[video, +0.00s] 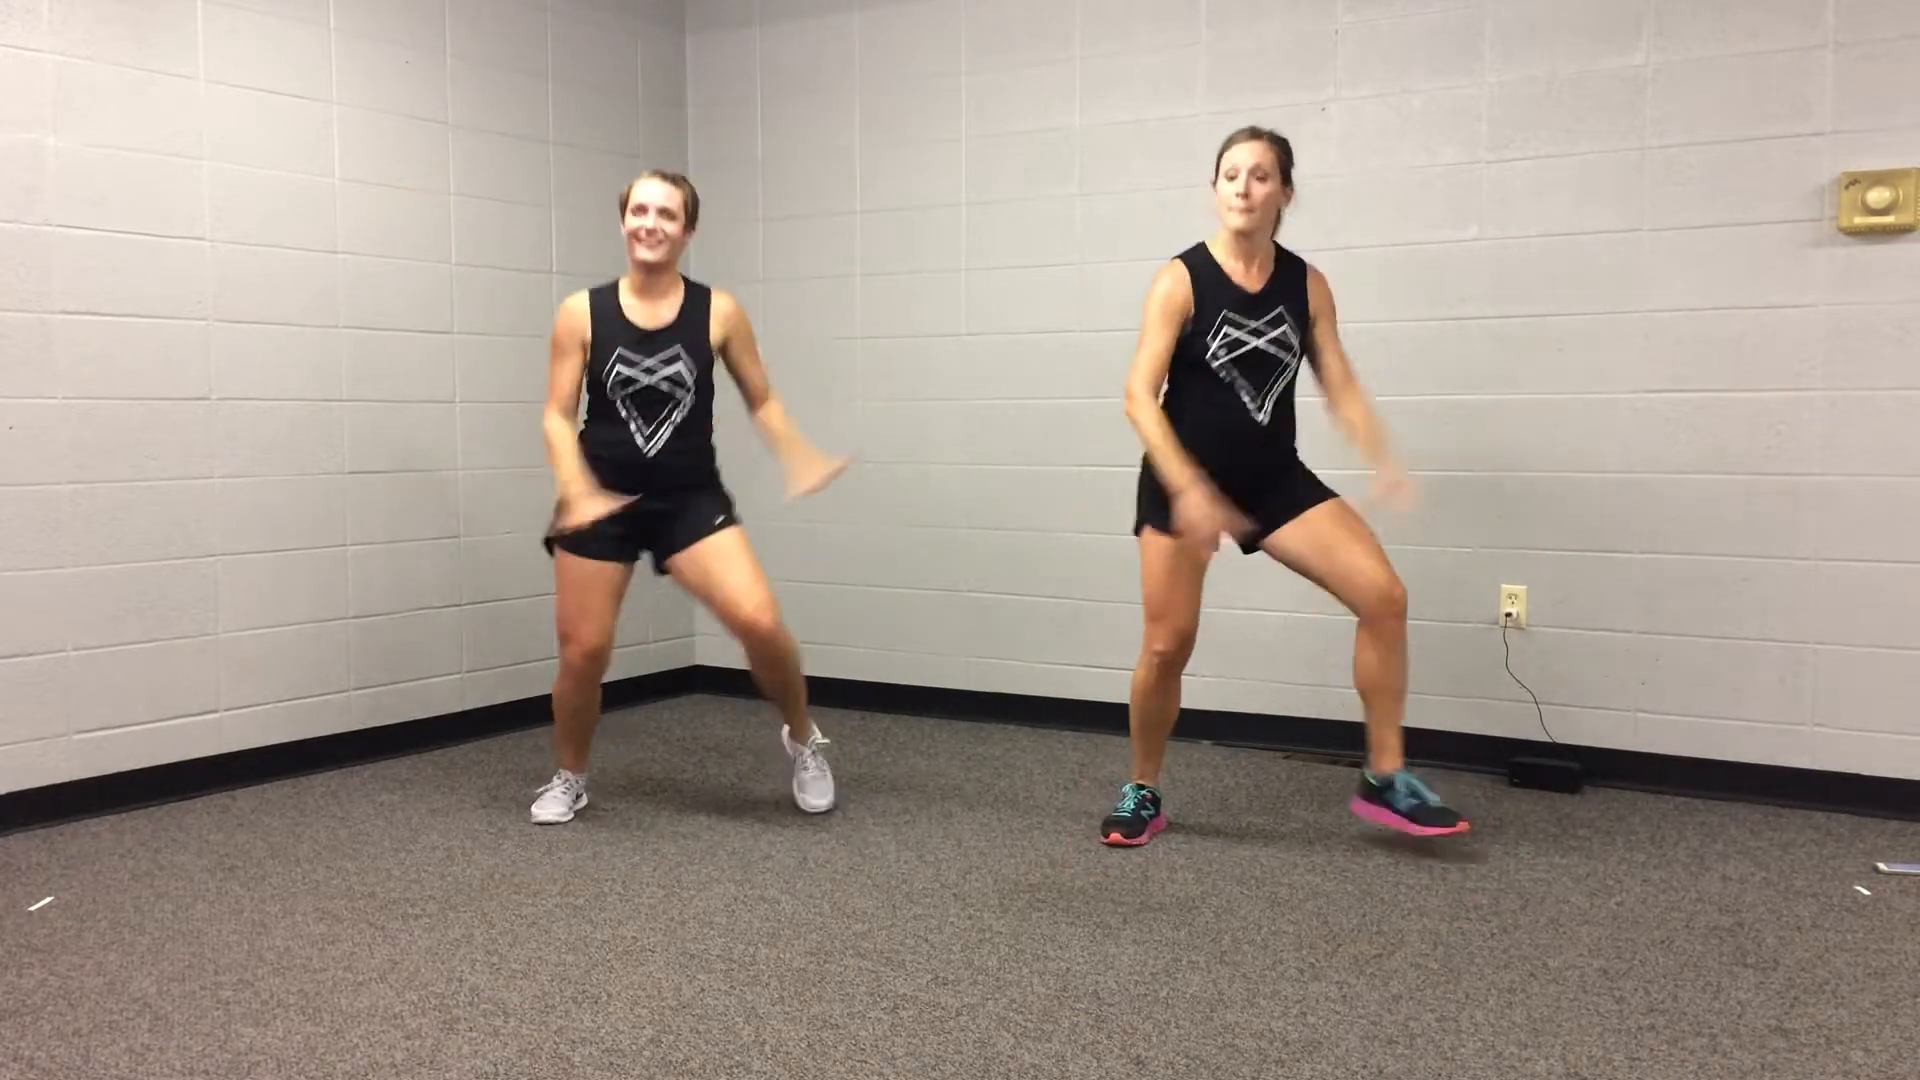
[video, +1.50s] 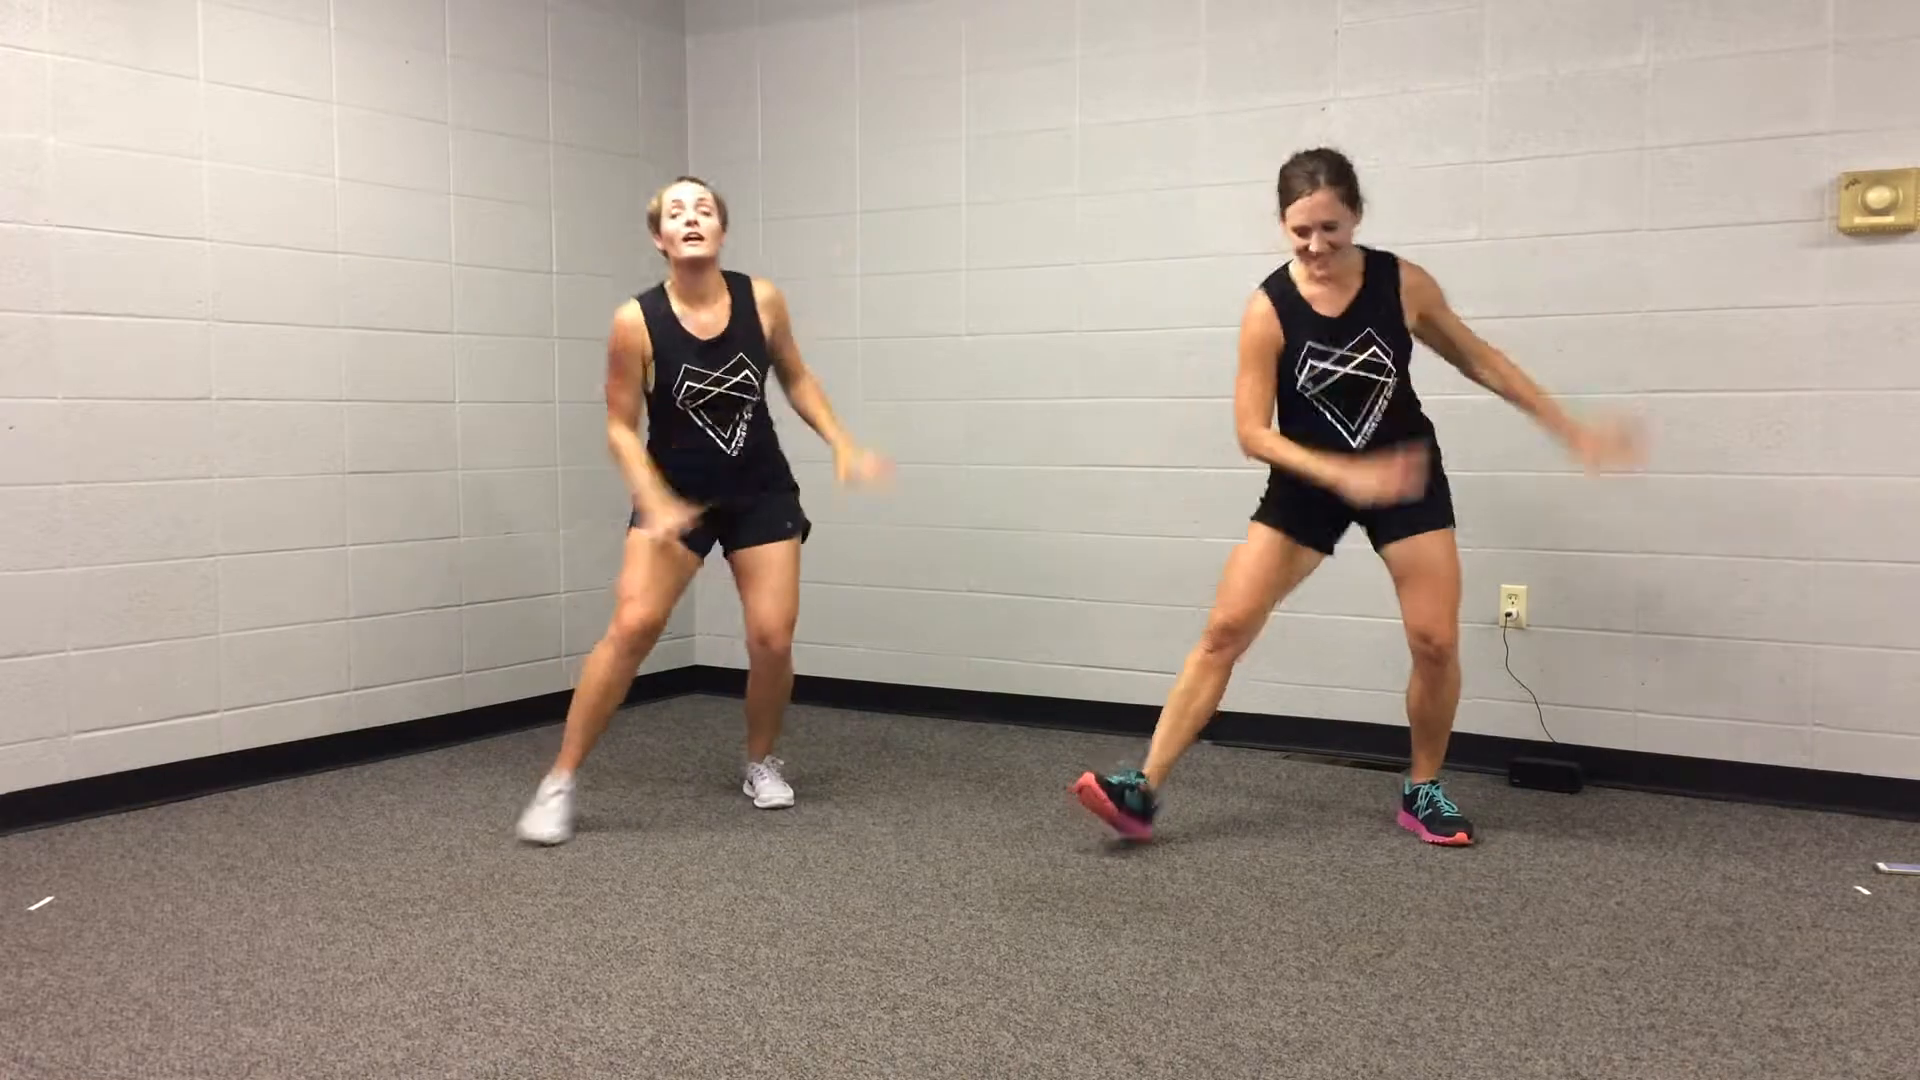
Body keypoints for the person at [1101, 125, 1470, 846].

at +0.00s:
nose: (1244, 186)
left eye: (1260, 176)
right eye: (1232, 174)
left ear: (1284, 194)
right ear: (1214, 189)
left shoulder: (1306, 285)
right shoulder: (1183, 279)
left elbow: (1340, 387)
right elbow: (1138, 396)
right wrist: (1188, 487)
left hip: (1271, 474)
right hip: (1183, 474)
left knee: (1383, 597)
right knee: (1165, 648)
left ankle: (1386, 775)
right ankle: (1141, 788)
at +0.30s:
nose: (1275, 176)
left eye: (1290, 167)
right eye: (1262, 165)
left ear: (1313, 189)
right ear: (1239, 185)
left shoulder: (1334, 273)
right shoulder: (1221, 272)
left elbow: (1405, 359)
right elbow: (1229, 379)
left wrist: (1485, 305)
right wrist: (1303, 293)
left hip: (1375, 470)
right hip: (1280, 481)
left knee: (1426, 638)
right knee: (1220, 653)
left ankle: (1454, 834)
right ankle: (1153, 787)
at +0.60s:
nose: (1304, 156)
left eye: (1318, 144)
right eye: (1289, 149)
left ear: (1346, 164)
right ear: (1271, 174)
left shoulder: (1394, 252)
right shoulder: (1250, 270)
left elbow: (1471, 341)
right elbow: (1208, 373)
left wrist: (1465, 385)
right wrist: (1183, 444)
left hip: (1355, 472)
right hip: (1249, 465)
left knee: (1413, 646)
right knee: (1127, 596)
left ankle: (1452, 834)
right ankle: (1114, 760)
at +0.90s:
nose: (1275, 218)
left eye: (1291, 203)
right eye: (1261, 203)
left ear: (1317, 206)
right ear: (1243, 208)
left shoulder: (1344, 300)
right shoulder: (1208, 287)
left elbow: (1365, 424)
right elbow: (1137, 388)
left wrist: (1310, 394)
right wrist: (1071, 383)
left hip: (1260, 497)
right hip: (1164, 476)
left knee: (1335, 658)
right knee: (1100, 635)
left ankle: (1444, 832)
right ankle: (1105, 807)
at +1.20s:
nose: (1277, 210)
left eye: (1292, 196)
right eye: (1263, 195)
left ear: (1312, 190)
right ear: (1238, 186)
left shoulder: (1336, 259)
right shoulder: (1205, 273)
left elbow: (1384, 330)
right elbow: (1154, 393)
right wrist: (1257, 414)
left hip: (1336, 446)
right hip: (1242, 458)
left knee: (1398, 616)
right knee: (1182, 625)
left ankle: (1419, 779)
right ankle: (1114, 797)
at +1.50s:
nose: (1317, 244)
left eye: (1331, 228)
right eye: (1303, 230)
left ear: (1356, 216)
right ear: (1283, 224)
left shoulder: (1403, 286)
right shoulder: (1268, 311)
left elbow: (1479, 359)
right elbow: (1254, 435)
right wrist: (1342, 474)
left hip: (1401, 468)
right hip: (1307, 475)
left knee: (1435, 641)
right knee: (1224, 630)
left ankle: (1424, 789)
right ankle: (1144, 786)